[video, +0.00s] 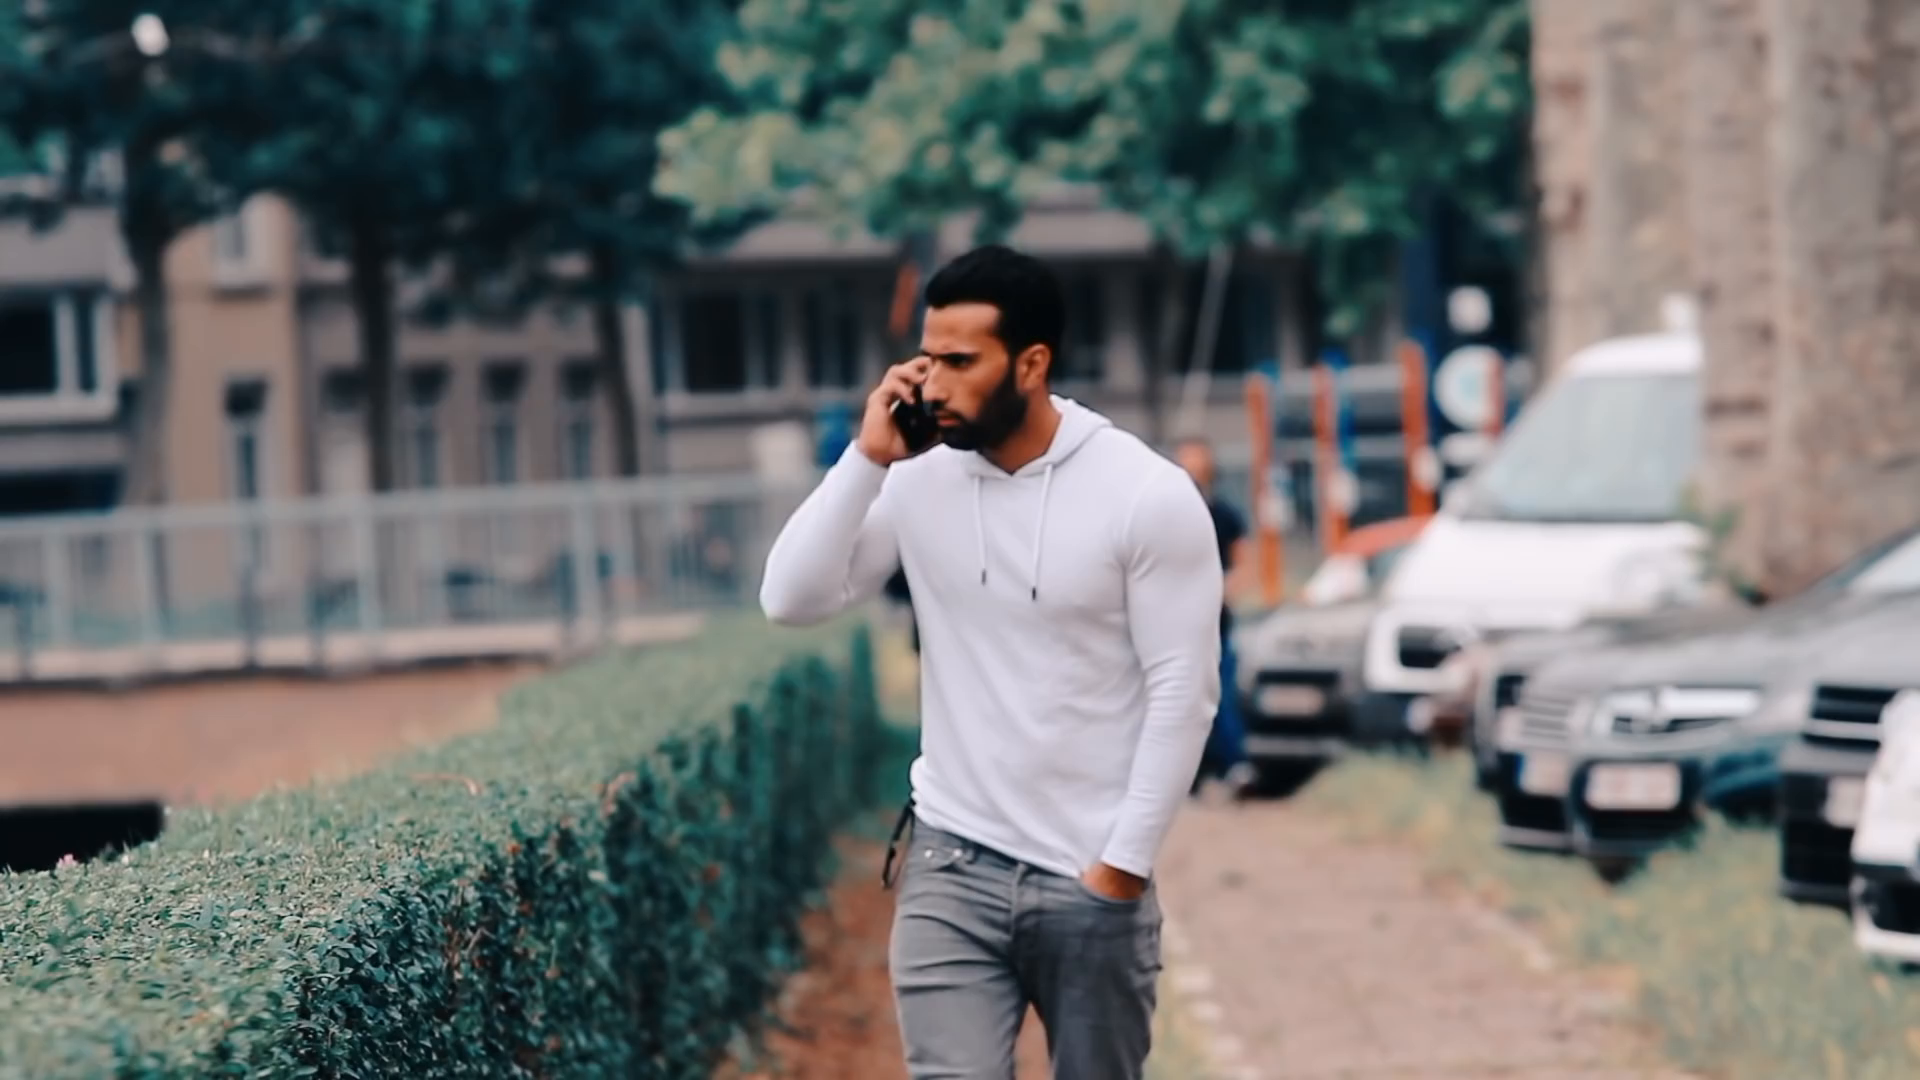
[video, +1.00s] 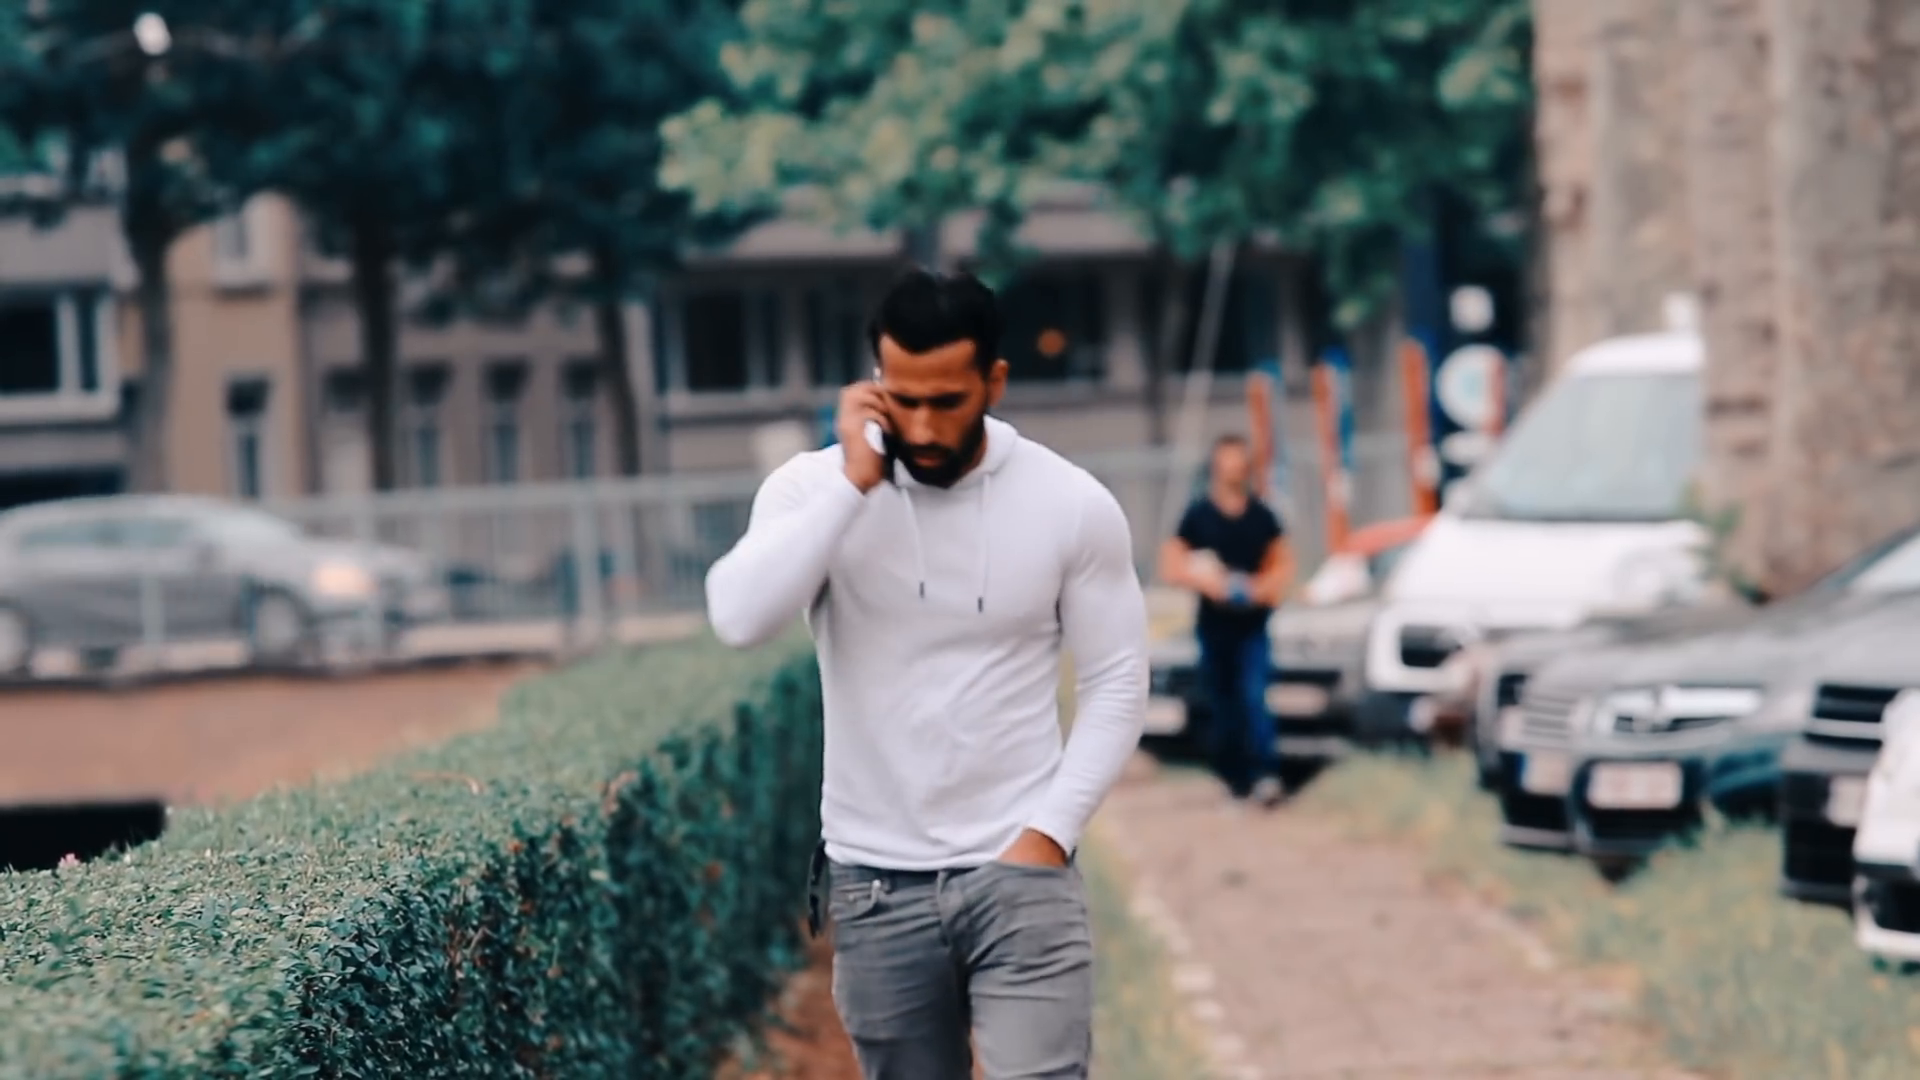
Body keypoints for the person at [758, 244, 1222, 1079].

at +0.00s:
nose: (930, 383)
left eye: (957, 362)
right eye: (928, 360)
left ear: (1033, 364)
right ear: (920, 359)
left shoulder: (1149, 497)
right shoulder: (915, 482)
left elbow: (1184, 692)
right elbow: (789, 600)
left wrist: (1120, 872)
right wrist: (867, 459)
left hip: (1089, 891)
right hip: (949, 871)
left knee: (1097, 1070)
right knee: (952, 1070)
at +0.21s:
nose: (916, 368)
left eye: (944, 345)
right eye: (916, 344)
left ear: (1022, 354)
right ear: (910, 351)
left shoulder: (1138, 491)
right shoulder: (903, 474)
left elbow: (1172, 686)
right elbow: (775, 577)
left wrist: (1111, 865)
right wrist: (863, 436)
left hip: (1080, 889)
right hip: (939, 875)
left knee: (1092, 1070)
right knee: (943, 1067)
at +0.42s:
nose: (887, 365)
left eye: (914, 342)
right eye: (886, 341)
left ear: (990, 352)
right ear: (881, 351)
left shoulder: (1105, 488)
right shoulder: (873, 477)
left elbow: (1141, 687)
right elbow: (745, 578)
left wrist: (1084, 865)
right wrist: (832, 435)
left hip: (1055, 888)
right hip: (913, 877)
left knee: (1080, 1071)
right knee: (931, 1070)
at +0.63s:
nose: (850, 369)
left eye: (878, 347)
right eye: (849, 346)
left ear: (955, 356)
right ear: (844, 356)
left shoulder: (1071, 487)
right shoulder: (836, 481)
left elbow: (1119, 674)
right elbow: (705, 577)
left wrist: (1060, 851)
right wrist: (796, 436)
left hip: (1033, 884)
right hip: (886, 883)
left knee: (1073, 1068)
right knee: (913, 1071)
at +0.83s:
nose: (862, 390)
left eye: (890, 369)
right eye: (856, 365)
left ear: (962, 364)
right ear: (844, 357)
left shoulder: (1060, 491)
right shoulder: (818, 483)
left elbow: (1118, 667)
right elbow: (696, 583)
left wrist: (1048, 825)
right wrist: (798, 445)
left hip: (1022, 868)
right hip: (877, 879)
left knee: (1051, 1068)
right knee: (913, 1071)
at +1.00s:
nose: (922, 428)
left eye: (945, 403)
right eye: (901, 401)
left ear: (994, 382)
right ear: (877, 378)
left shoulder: (1072, 507)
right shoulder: (810, 486)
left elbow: (1115, 684)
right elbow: (738, 618)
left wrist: (1046, 836)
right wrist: (851, 479)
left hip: (1019, 881)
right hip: (874, 892)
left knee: (1039, 1069)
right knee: (908, 1070)